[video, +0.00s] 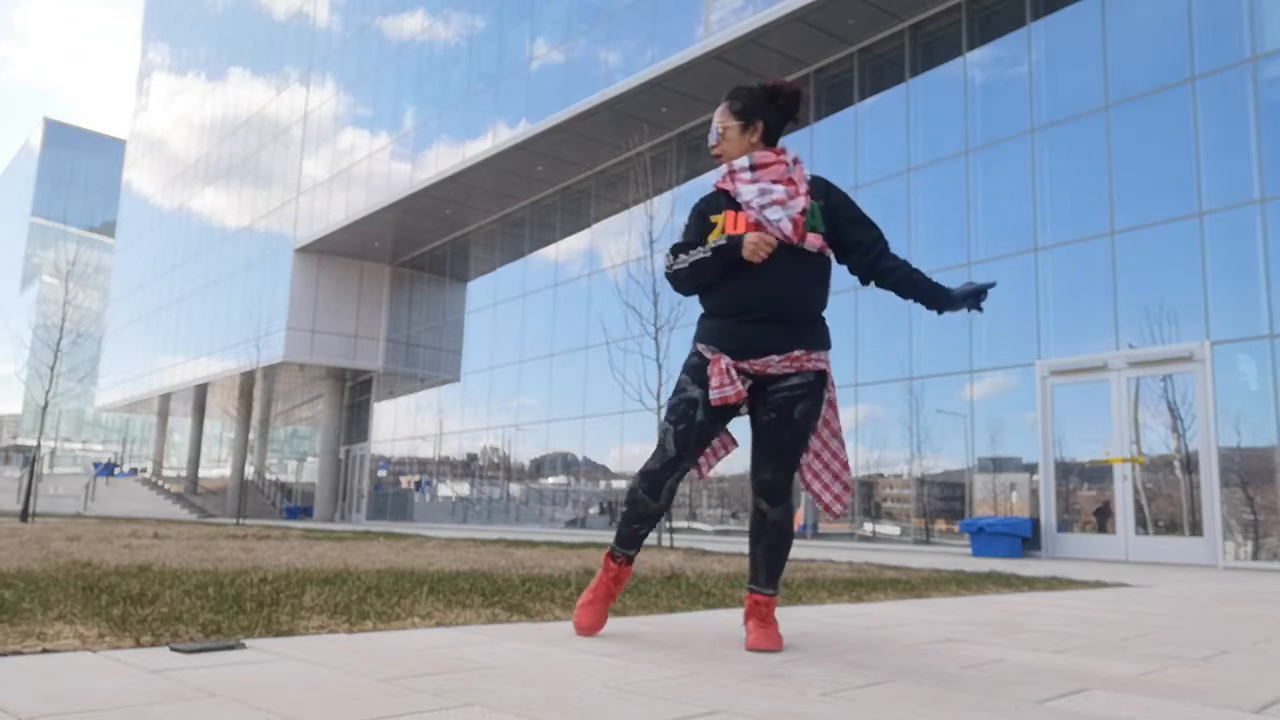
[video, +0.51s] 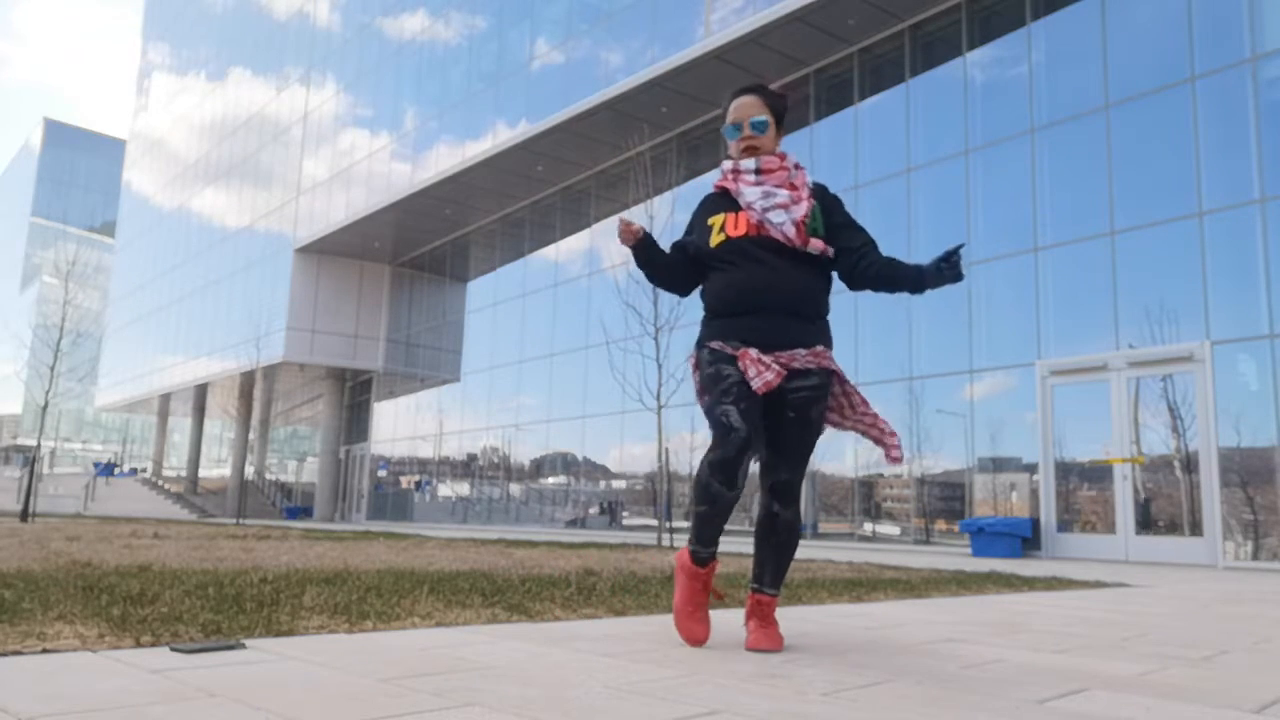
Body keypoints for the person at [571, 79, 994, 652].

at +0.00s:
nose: (712, 143)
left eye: (721, 131)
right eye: (713, 132)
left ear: (755, 131)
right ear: (739, 134)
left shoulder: (819, 198)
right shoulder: (714, 204)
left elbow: (874, 260)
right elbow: (679, 274)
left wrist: (944, 297)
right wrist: (734, 248)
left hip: (794, 362)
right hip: (718, 358)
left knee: (773, 486)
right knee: (670, 457)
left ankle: (761, 611)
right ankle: (613, 572)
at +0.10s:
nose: (714, 141)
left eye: (724, 130)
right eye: (715, 130)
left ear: (760, 133)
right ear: (739, 134)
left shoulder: (819, 202)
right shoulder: (715, 206)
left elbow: (874, 265)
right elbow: (675, 279)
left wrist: (946, 292)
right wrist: (706, 257)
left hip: (795, 362)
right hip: (720, 357)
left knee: (776, 487)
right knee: (702, 456)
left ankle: (761, 609)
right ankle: (660, 563)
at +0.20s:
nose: (714, 138)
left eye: (725, 129)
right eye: (715, 128)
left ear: (761, 133)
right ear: (739, 134)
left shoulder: (817, 204)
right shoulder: (711, 204)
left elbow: (869, 267)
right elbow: (673, 274)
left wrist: (943, 282)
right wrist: (677, 270)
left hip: (800, 360)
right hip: (725, 355)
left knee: (781, 484)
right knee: (749, 448)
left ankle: (762, 607)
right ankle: (695, 562)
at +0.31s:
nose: (722, 140)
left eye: (734, 128)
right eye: (718, 130)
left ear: (770, 134)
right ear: (718, 138)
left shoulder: (813, 203)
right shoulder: (710, 205)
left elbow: (861, 269)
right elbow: (689, 269)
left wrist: (933, 275)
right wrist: (666, 271)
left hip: (802, 361)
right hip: (728, 356)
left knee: (787, 489)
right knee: (773, 450)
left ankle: (764, 608)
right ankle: (707, 563)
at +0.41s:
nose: (734, 137)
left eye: (746, 125)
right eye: (725, 131)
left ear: (775, 131)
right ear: (721, 141)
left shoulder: (815, 203)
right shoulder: (711, 206)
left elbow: (857, 269)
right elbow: (687, 275)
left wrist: (924, 271)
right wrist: (650, 263)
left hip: (805, 359)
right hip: (730, 355)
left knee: (786, 490)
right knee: (764, 449)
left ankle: (762, 608)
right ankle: (703, 565)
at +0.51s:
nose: (747, 137)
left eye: (759, 126)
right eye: (736, 128)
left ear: (780, 133)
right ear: (726, 138)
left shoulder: (818, 203)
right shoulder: (715, 206)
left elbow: (863, 268)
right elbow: (681, 277)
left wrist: (925, 275)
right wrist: (644, 247)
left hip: (802, 357)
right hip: (728, 352)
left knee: (783, 488)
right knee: (735, 442)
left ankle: (761, 607)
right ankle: (696, 569)